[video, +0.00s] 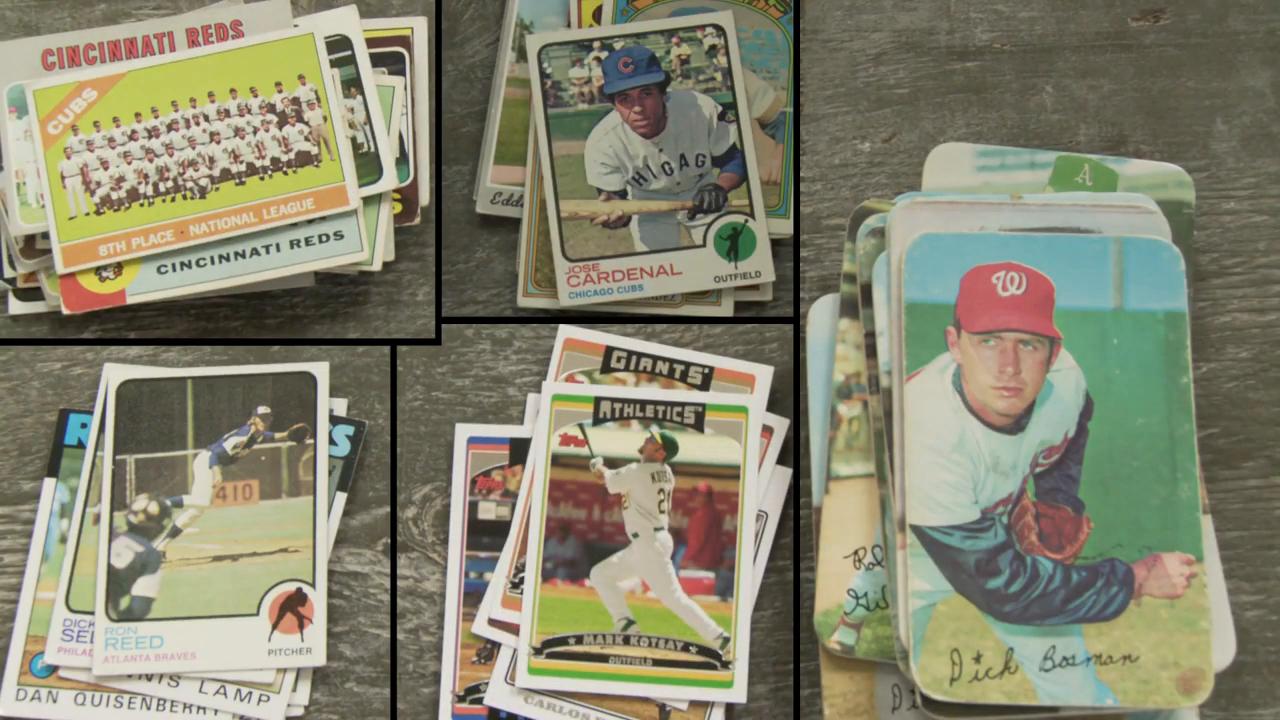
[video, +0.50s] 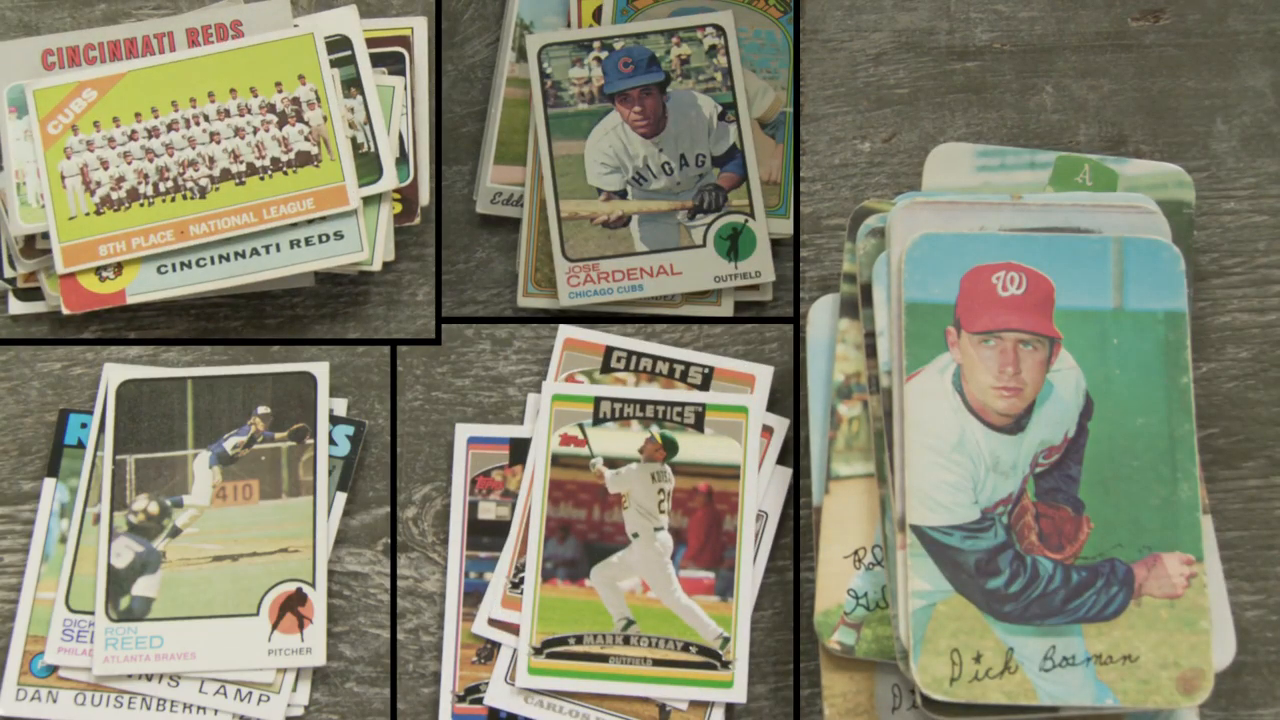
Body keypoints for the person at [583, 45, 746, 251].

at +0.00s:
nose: (638, 108)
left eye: (646, 94)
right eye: (625, 99)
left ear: (664, 93)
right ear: (613, 104)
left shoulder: (699, 109)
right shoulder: (602, 142)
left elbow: (736, 159)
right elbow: (613, 196)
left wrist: (719, 187)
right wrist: (613, 214)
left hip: (701, 195)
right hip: (649, 206)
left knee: (727, 267)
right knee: (659, 281)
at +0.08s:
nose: (638, 108)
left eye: (646, 94)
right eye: (625, 99)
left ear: (664, 93)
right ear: (613, 104)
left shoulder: (699, 109)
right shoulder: (602, 142)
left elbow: (736, 159)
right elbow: (613, 196)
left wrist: (719, 187)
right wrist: (613, 214)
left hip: (701, 195)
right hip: (649, 206)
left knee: (727, 267)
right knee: (659, 281)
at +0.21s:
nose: (638, 108)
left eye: (646, 94)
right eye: (625, 99)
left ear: (664, 93)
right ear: (613, 104)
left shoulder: (699, 109)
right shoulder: (602, 142)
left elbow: (736, 159)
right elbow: (613, 196)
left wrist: (719, 187)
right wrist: (613, 214)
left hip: (701, 195)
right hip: (649, 206)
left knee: (727, 267)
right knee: (659, 281)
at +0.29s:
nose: (638, 108)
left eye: (646, 94)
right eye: (625, 99)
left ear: (664, 93)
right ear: (614, 104)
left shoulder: (699, 109)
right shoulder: (602, 142)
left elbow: (736, 160)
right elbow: (614, 196)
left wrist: (719, 187)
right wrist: (613, 215)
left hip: (701, 195)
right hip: (649, 206)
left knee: (728, 267)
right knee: (659, 281)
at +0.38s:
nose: (638, 108)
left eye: (646, 94)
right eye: (625, 99)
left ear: (664, 93)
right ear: (614, 104)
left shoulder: (699, 109)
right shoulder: (602, 142)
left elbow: (736, 160)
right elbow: (614, 196)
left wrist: (719, 187)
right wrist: (613, 215)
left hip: (701, 195)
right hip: (649, 206)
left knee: (728, 267)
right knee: (659, 281)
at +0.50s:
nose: (638, 108)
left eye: (646, 94)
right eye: (625, 99)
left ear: (664, 93)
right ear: (614, 104)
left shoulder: (699, 109)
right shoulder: (602, 142)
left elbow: (736, 160)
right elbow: (614, 196)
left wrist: (719, 187)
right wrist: (613, 215)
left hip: (701, 195)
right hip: (649, 206)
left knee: (728, 267)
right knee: (659, 281)